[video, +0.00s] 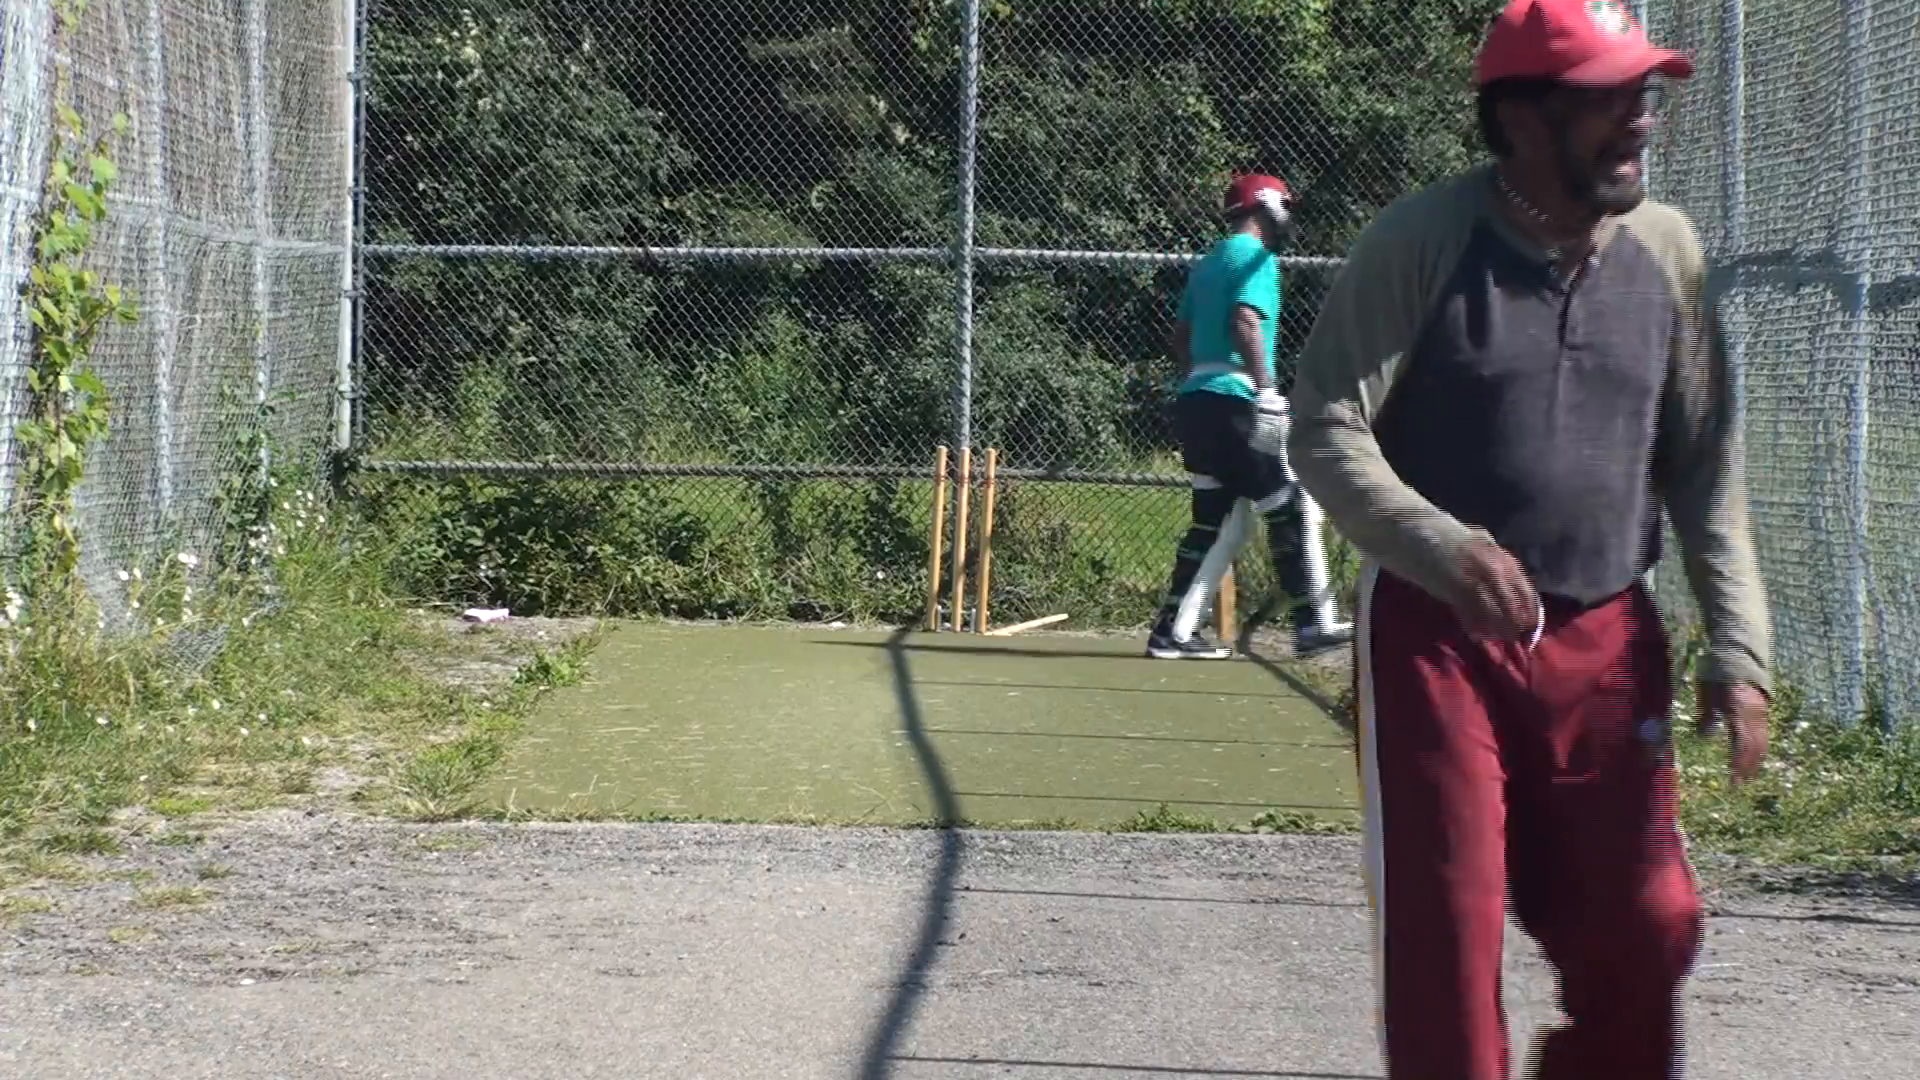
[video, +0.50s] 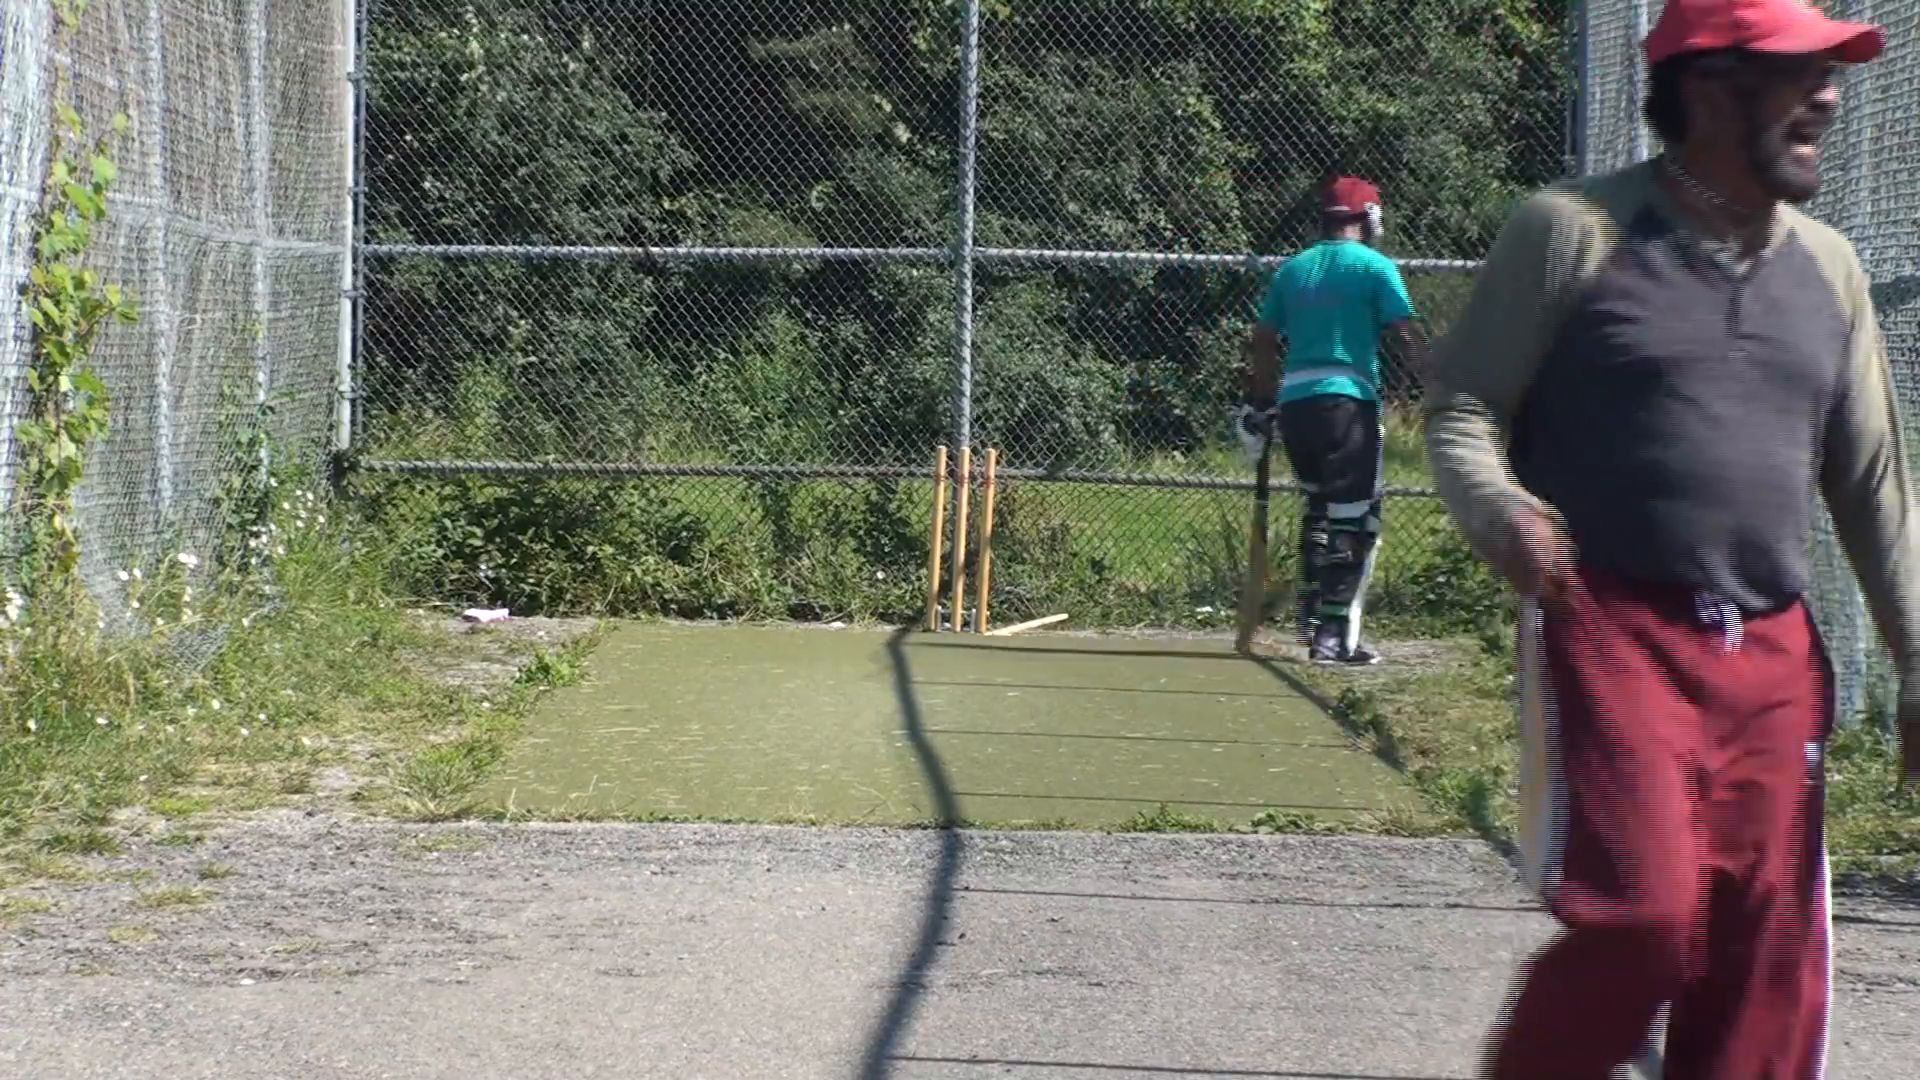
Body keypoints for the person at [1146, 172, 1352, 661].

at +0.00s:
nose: (1289, 222)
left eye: (1288, 213)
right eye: (1283, 212)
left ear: (1238, 217)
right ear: (1262, 213)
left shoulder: (1207, 263)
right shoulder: (1256, 256)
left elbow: (1179, 336)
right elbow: (1246, 321)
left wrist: (1207, 379)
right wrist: (1266, 391)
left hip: (1194, 405)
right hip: (1235, 405)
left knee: (1214, 519)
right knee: (1291, 507)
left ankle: (1173, 630)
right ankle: (1314, 621)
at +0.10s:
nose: (1304, 224)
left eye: (1301, 214)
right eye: (1298, 215)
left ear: (1253, 219)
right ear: (1282, 218)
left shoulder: (1222, 266)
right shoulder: (1279, 260)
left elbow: (1193, 337)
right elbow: (1272, 329)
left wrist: (1210, 386)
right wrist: (1290, 391)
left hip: (1212, 408)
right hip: (1255, 406)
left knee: (1220, 521)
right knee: (1308, 510)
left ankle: (1175, 628)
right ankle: (1331, 628)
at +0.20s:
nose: (1327, 228)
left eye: (1325, 218)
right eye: (1322, 219)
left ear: (1275, 223)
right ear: (1306, 222)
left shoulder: (1241, 270)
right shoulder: (1306, 266)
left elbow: (1217, 343)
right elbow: (1301, 333)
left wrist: (1223, 400)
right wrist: (1324, 397)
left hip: (1237, 407)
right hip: (1284, 407)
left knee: (1241, 519)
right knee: (1323, 517)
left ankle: (1181, 622)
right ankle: (1332, 637)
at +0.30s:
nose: (1346, 231)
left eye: (1345, 222)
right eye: (1342, 222)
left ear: (1291, 224)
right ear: (1326, 225)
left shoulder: (1257, 271)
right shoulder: (1333, 267)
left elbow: (1238, 346)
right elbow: (1337, 341)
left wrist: (1236, 408)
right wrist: (1375, 381)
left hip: (1259, 409)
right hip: (1312, 407)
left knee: (1277, 524)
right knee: (1343, 511)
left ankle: (1213, 600)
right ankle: (1333, 635)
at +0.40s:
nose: (1366, 228)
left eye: (1365, 219)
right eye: (1363, 220)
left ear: (1311, 222)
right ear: (1350, 222)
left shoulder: (1274, 270)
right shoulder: (1353, 268)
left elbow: (1250, 346)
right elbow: (1378, 344)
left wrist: (1251, 405)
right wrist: (1399, 402)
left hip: (1281, 405)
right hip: (1334, 404)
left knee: (1305, 507)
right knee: (1347, 519)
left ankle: (1262, 602)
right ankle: (1334, 634)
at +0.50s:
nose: (1380, 227)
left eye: (1377, 220)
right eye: (1377, 220)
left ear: (1327, 222)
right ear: (1367, 221)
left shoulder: (1293, 268)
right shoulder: (1376, 265)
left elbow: (1261, 342)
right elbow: (1407, 338)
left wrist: (1259, 405)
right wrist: (1436, 389)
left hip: (1295, 406)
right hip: (1346, 403)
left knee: (1318, 505)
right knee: (1350, 519)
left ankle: (1312, 616)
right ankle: (1331, 637)